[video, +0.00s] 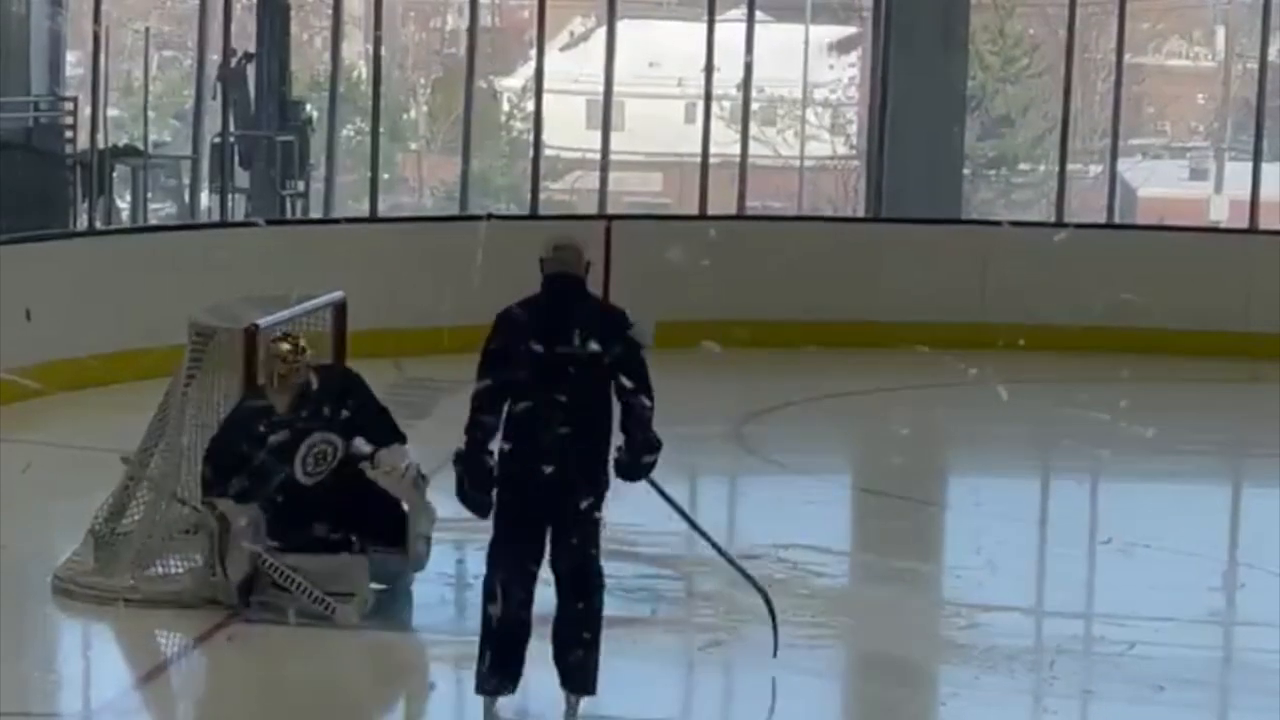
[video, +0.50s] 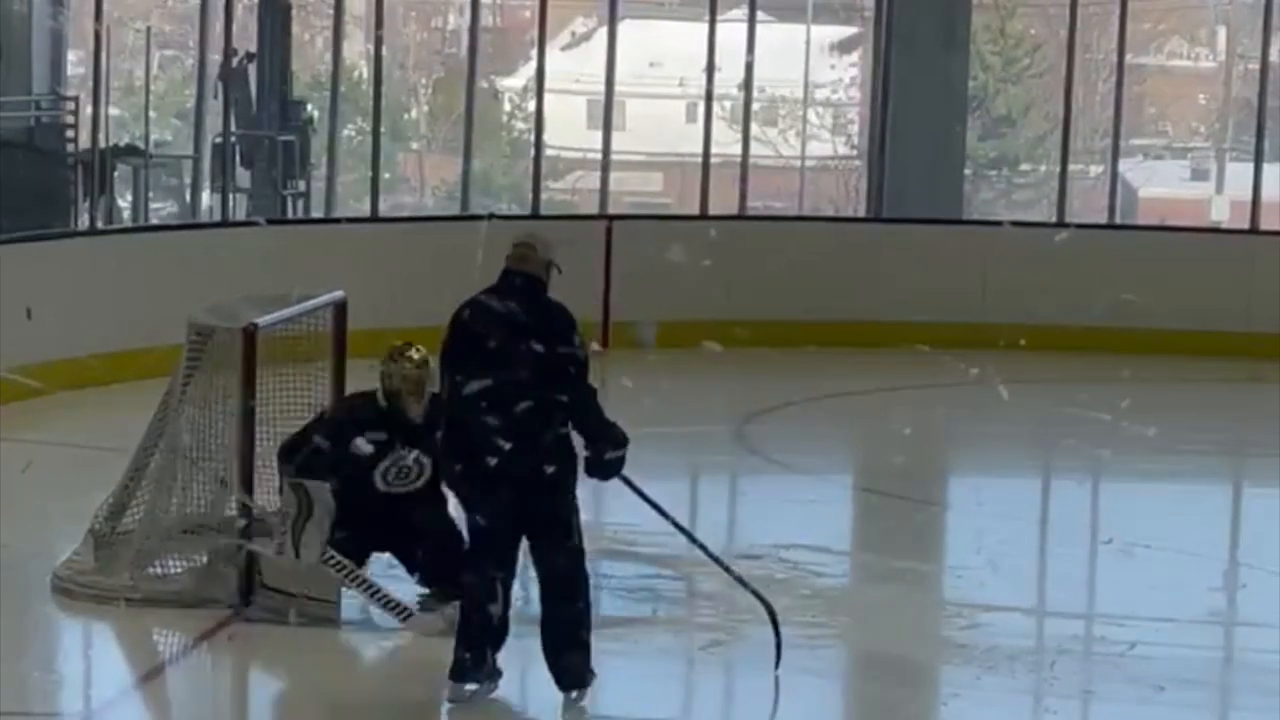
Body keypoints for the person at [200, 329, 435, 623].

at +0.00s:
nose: (284, 374)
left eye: (293, 365)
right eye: (277, 365)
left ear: (306, 365)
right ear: (265, 367)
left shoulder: (339, 384)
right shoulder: (251, 410)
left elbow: (387, 437)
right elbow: (217, 464)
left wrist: (391, 466)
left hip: (349, 497)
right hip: (285, 509)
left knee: (394, 529)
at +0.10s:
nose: (295, 382)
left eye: (303, 374)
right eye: (286, 373)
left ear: (316, 369)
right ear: (274, 370)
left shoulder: (344, 384)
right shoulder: (258, 408)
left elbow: (389, 432)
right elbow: (218, 458)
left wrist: (404, 459)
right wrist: (227, 507)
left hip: (344, 486)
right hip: (280, 494)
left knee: (392, 508)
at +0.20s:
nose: (318, 379)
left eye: (323, 370)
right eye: (309, 371)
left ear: (332, 368)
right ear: (288, 372)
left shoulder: (355, 391)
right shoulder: (263, 409)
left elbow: (399, 437)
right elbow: (222, 462)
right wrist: (237, 516)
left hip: (358, 503)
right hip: (292, 511)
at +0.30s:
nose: (337, 391)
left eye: (342, 381)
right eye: (327, 383)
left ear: (352, 377)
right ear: (311, 382)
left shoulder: (372, 401)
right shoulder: (285, 413)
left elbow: (408, 441)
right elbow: (231, 463)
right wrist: (244, 519)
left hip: (367, 503)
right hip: (301, 509)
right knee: (315, 575)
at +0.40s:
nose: (369, 377)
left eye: (375, 370)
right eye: (360, 370)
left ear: (386, 374)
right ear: (344, 374)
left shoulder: (401, 406)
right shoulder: (319, 408)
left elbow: (428, 451)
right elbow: (263, 451)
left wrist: (416, 467)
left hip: (387, 513)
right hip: (325, 514)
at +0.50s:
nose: (416, 403)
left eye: (420, 393)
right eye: (407, 394)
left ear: (427, 384)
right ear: (389, 387)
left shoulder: (440, 414)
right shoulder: (355, 413)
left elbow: (461, 474)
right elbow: (293, 457)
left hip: (424, 521)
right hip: (361, 521)